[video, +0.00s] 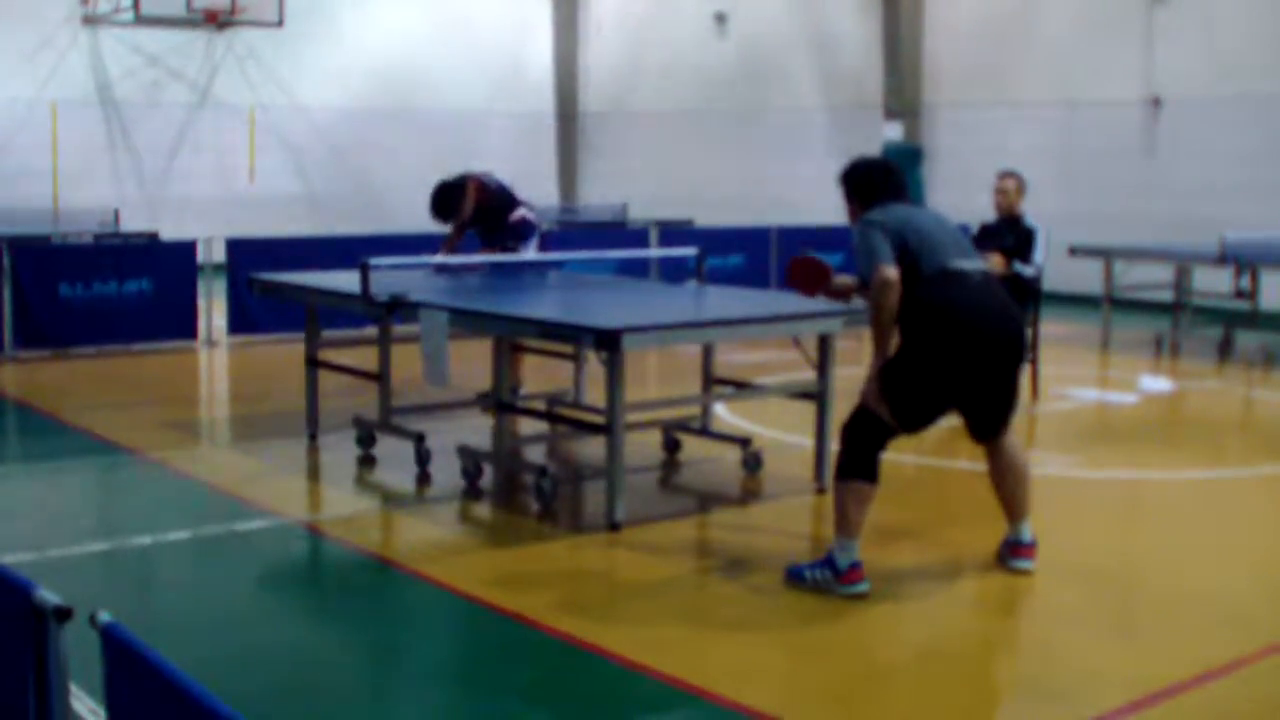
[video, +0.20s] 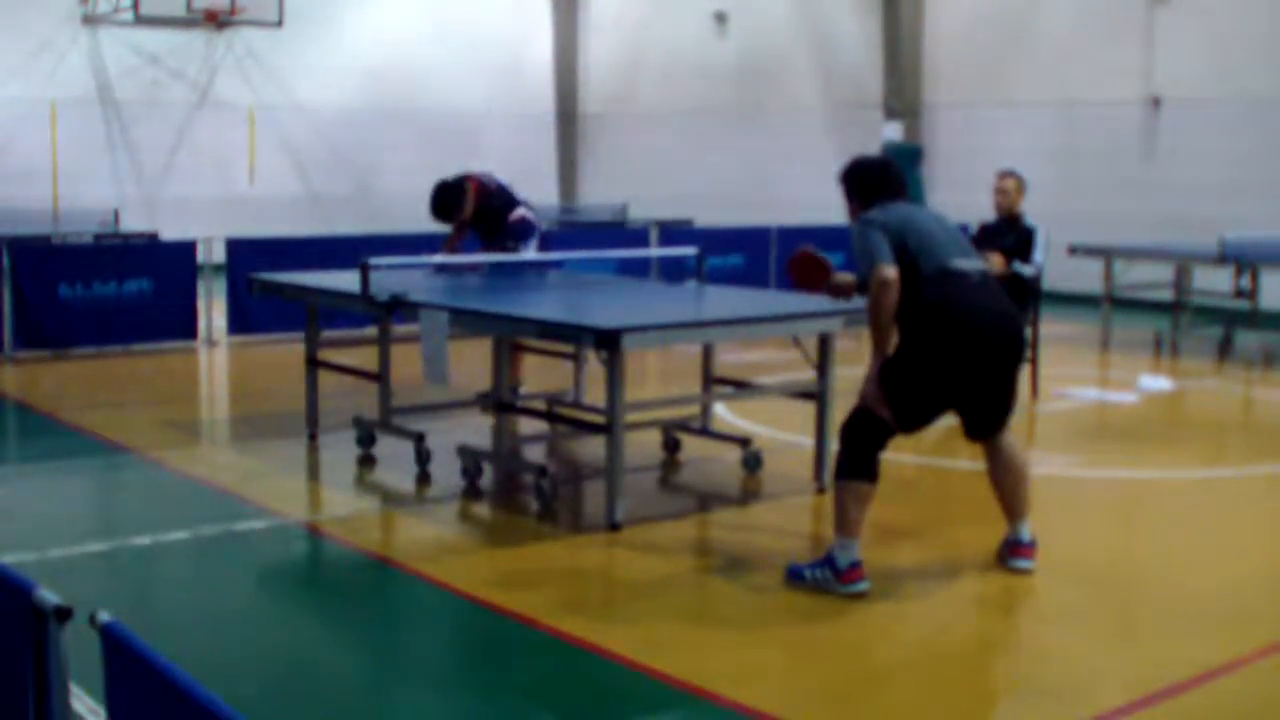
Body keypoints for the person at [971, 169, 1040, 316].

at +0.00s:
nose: (999, 199)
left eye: (1005, 193)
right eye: (997, 193)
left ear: (1019, 196)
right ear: (994, 194)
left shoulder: (1032, 232)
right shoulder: (986, 230)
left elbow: (1034, 271)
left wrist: (1008, 266)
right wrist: (987, 263)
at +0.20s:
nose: (1000, 199)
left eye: (1005, 193)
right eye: (998, 193)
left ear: (1019, 196)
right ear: (994, 194)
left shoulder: (1032, 232)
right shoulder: (985, 230)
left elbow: (1034, 270)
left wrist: (1008, 266)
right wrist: (986, 262)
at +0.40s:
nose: (1000, 199)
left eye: (1006, 193)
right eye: (998, 192)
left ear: (1019, 196)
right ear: (994, 194)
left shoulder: (1032, 232)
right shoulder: (985, 230)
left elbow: (1034, 270)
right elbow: (969, 260)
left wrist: (1008, 266)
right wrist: (986, 261)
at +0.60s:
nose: (1000, 199)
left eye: (1006, 193)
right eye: (998, 192)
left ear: (1019, 196)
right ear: (994, 194)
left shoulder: (1032, 232)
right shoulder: (985, 230)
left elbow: (1034, 270)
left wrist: (1008, 265)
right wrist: (986, 262)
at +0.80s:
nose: (1000, 199)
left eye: (1006, 193)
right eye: (998, 192)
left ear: (1019, 196)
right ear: (994, 193)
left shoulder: (1032, 230)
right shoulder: (985, 230)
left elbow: (1034, 269)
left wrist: (1008, 265)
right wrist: (986, 263)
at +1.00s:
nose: (1000, 199)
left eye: (1006, 193)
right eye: (997, 192)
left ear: (1019, 195)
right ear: (993, 193)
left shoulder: (1032, 230)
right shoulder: (985, 229)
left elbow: (1035, 269)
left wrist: (1008, 265)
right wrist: (986, 261)